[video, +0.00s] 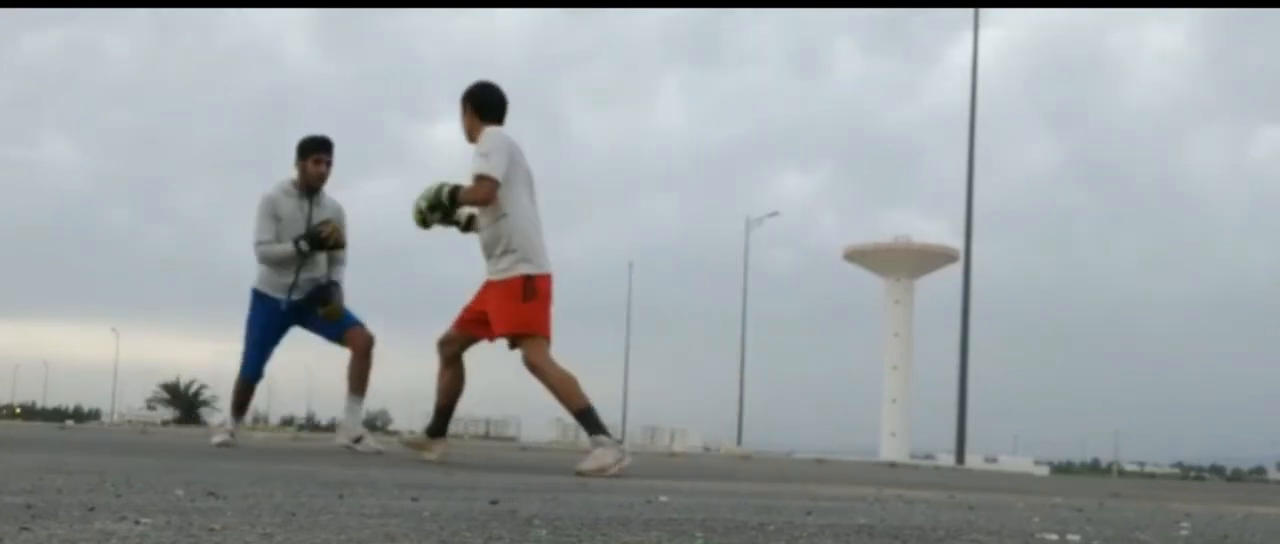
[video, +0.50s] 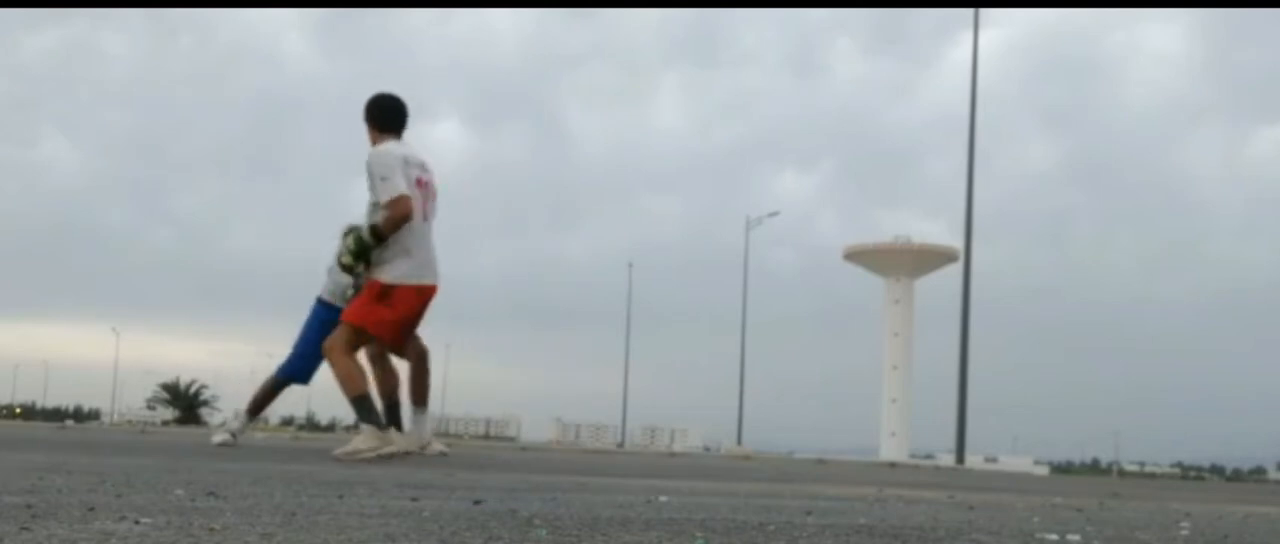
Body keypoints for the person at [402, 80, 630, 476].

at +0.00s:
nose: (461, 122)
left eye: (462, 114)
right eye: (463, 114)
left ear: (471, 112)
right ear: (495, 113)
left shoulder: (496, 140)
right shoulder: (498, 150)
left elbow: (485, 192)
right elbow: (497, 217)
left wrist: (447, 195)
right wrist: (456, 217)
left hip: (523, 274)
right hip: (501, 277)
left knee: (536, 358)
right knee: (449, 346)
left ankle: (604, 443)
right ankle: (434, 438)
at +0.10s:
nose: (427, 117)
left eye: (428, 109)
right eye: (427, 109)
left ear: (435, 109)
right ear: (462, 109)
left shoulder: (457, 136)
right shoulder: (467, 142)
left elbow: (469, 183)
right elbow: (469, 195)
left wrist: (428, 197)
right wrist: (430, 205)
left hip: (481, 266)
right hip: (467, 269)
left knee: (495, 343)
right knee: (420, 344)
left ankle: (558, 426)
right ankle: (427, 438)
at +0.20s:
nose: (407, 108)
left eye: (407, 100)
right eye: (408, 100)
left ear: (413, 99)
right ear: (439, 99)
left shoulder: (435, 123)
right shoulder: (435, 133)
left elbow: (458, 170)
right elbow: (450, 179)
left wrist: (417, 190)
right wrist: (410, 197)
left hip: (461, 246)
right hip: (443, 248)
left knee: (439, 332)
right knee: (411, 337)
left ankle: (503, 420)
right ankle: (425, 427)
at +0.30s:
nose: (386, 108)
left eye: (387, 102)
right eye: (388, 102)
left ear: (392, 101)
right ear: (422, 101)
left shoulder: (411, 127)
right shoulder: (423, 130)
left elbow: (443, 172)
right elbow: (437, 184)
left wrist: (403, 197)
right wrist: (392, 201)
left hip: (441, 247)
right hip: (439, 247)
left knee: (402, 328)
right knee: (397, 329)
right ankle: (416, 422)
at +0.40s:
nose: (372, 128)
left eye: (372, 122)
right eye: (374, 122)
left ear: (375, 122)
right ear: (408, 122)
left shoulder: (394, 152)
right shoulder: (418, 154)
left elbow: (423, 199)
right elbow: (431, 205)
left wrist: (385, 228)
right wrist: (385, 223)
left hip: (418, 271)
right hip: (437, 272)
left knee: (364, 340)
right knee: (386, 346)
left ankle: (380, 431)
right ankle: (407, 429)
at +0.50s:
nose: (367, 130)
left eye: (366, 125)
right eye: (370, 125)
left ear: (370, 125)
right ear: (402, 125)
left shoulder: (382, 157)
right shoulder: (418, 163)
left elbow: (401, 209)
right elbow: (421, 218)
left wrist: (366, 240)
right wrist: (377, 242)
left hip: (396, 279)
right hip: (422, 280)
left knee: (336, 346)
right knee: (377, 351)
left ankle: (371, 428)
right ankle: (400, 431)